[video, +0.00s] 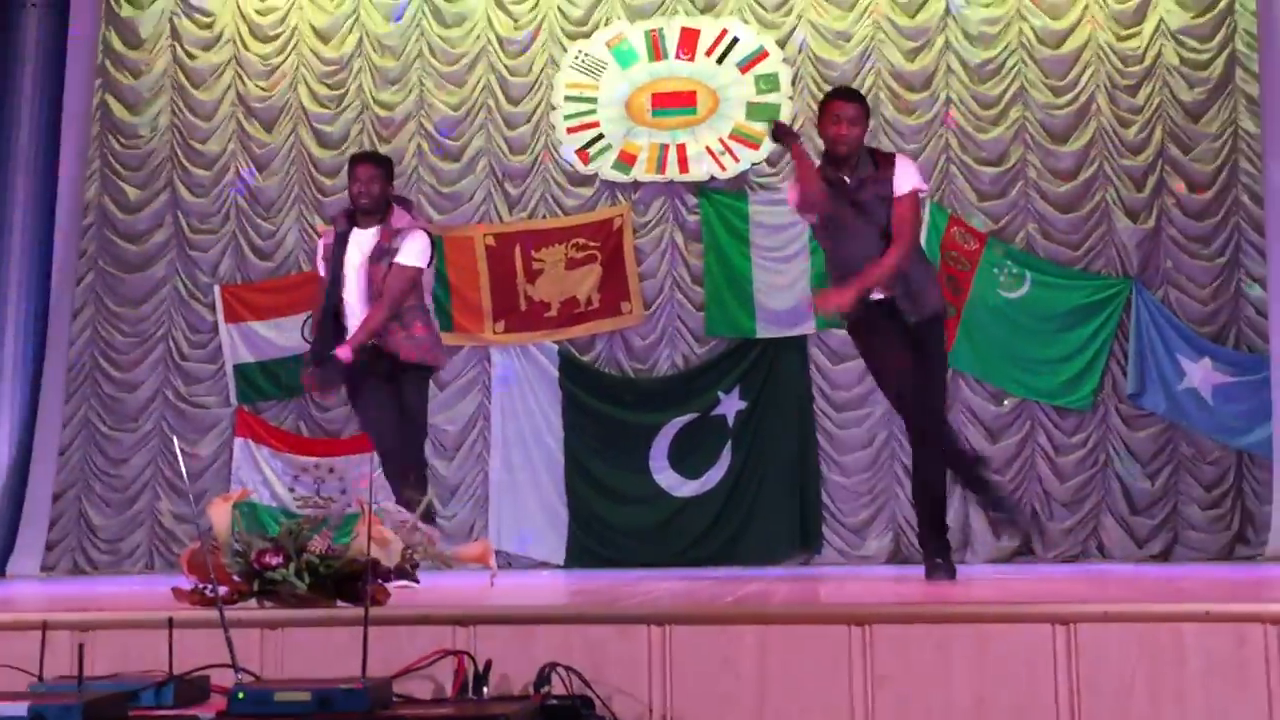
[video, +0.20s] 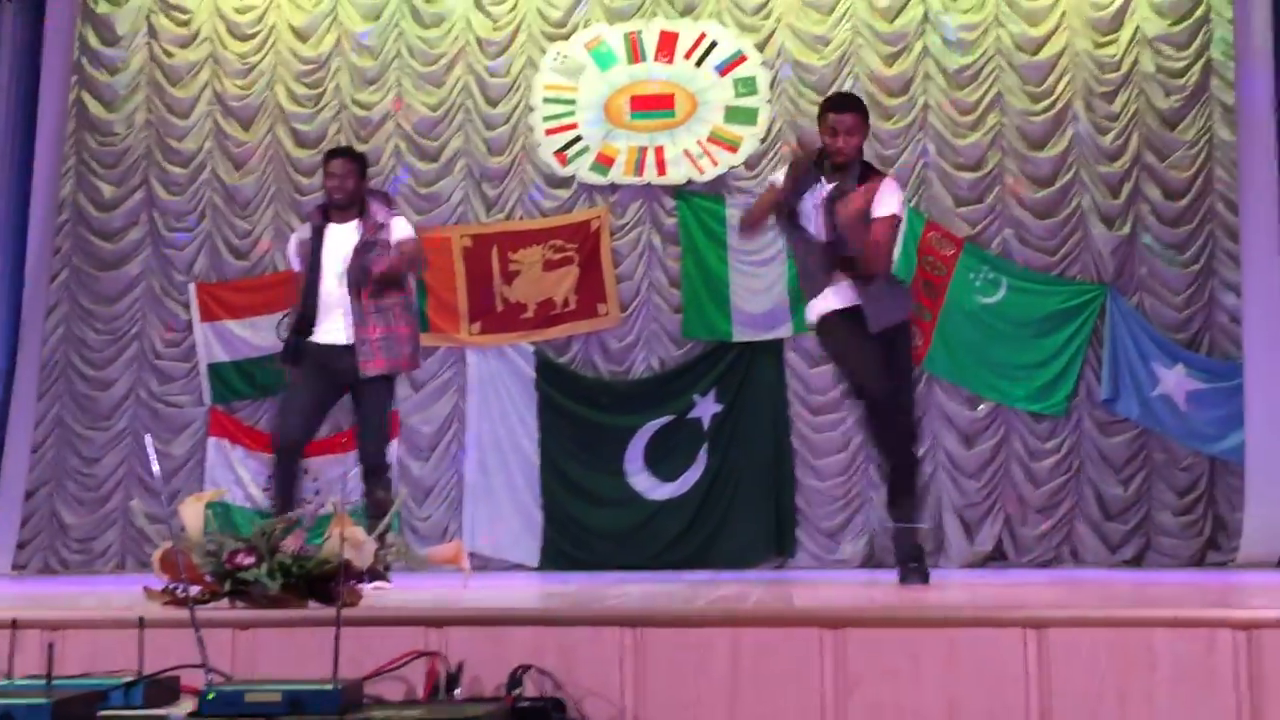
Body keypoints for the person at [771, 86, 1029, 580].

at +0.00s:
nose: (842, 129)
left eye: (851, 121)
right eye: (833, 121)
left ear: (867, 127)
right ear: (819, 129)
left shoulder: (899, 169)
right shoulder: (814, 181)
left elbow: (902, 250)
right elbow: (814, 206)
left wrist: (848, 290)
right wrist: (796, 149)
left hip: (918, 303)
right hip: (866, 311)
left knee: (928, 420)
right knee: (920, 414)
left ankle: (935, 546)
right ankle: (988, 491)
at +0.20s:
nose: (842, 141)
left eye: (852, 133)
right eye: (833, 132)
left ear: (865, 137)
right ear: (820, 135)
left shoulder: (883, 189)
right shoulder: (802, 184)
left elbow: (874, 266)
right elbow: (749, 226)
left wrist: (850, 223)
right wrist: (788, 182)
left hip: (884, 305)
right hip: (832, 305)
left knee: (899, 419)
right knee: (878, 392)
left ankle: (907, 540)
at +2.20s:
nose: (788, 235)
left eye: (796, 225)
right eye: (784, 227)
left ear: (826, 226)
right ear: (786, 233)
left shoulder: (852, 262)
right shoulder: (817, 282)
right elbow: (874, 336)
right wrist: (877, 399)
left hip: (938, 379)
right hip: (895, 387)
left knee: (966, 496)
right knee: (896, 502)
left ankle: (1014, 616)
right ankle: (914, 611)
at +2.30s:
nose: (795, 238)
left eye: (802, 227)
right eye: (786, 232)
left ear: (824, 225)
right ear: (781, 240)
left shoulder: (867, 259)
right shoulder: (801, 294)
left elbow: (925, 315)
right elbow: (848, 356)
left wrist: (921, 386)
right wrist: (838, 412)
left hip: (915, 392)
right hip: (862, 403)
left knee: (946, 497)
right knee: (841, 511)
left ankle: (993, 618)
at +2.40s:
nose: (781, 232)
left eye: (788, 221)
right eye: (773, 225)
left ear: (810, 220)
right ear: (769, 232)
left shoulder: (855, 250)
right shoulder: (776, 282)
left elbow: (906, 300)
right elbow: (792, 346)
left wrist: (912, 355)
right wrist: (793, 397)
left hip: (884, 394)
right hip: (828, 403)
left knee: (914, 500)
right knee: (807, 508)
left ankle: (951, 618)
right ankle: (802, 624)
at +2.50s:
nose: (785, 222)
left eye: (793, 212)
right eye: (776, 215)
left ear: (810, 211)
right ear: (768, 221)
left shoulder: (852, 244)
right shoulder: (769, 276)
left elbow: (926, 276)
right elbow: (772, 351)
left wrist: (913, 330)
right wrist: (772, 375)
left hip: (870, 393)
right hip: (810, 401)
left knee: (901, 499)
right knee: (795, 506)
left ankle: (932, 621)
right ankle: (796, 624)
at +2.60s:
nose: (814, 212)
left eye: (822, 203)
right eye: (805, 205)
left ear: (835, 204)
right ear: (793, 209)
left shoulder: (860, 235)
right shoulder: (783, 267)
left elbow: (916, 263)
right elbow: (767, 338)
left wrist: (938, 327)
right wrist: (774, 390)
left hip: (872, 396)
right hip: (811, 400)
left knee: (899, 506)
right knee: (795, 506)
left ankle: (929, 625)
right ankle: (799, 621)